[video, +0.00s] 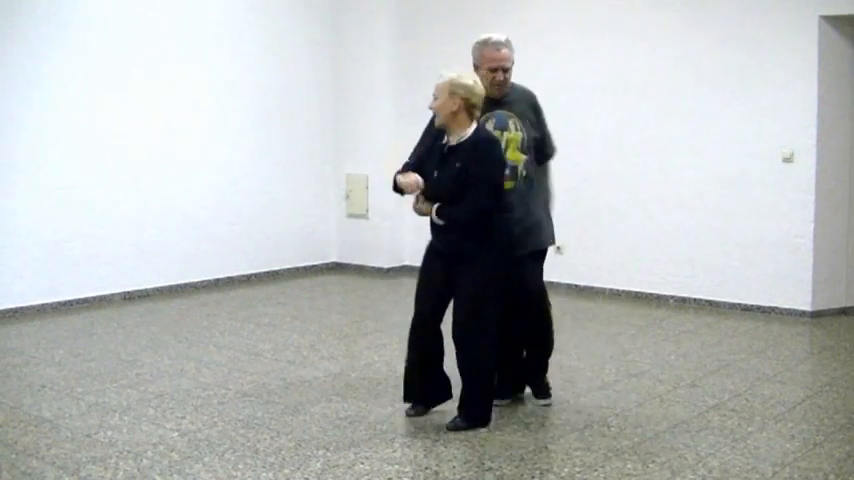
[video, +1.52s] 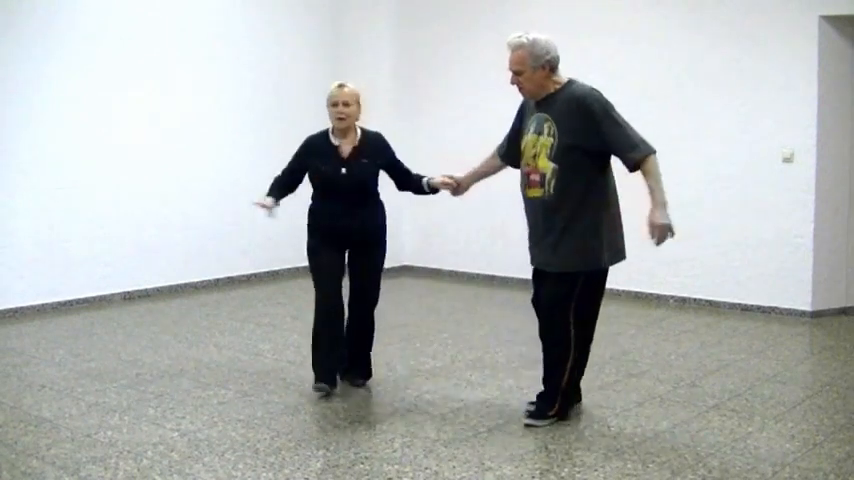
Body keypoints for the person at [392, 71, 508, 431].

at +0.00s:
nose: (431, 105)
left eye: (437, 98)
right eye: (433, 98)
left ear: (458, 103)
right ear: (453, 104)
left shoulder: (486, 147)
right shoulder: (436, 138)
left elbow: (478, 210)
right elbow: (407, 175)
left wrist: (432, 209)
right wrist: (405, 180)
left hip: (478, 253)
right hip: (441, 249)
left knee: (471, 331)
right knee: (424, 320)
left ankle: (475, 411)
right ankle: (428, 390)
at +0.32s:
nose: (398, 106)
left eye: (404, 100)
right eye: (400, 100)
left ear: (423, 108)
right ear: (420, 108)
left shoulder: (448, 147)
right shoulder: (409, 143)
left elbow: (427, 189)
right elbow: (391, 175)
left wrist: (398, 194)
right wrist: (379, 191)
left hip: (462, 249)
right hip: (427, 247)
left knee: (461, 326)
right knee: (402, 310)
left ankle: (473, 411)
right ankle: (406, 385)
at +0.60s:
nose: (380, 112)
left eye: (381, 108)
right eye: (385, 108)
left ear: (383, 111)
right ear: (414, 111)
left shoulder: (376, 149)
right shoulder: (429, 142)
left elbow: (361, 206)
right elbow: (421, 185)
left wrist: (355, 186)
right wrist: (365, 180)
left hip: (398, 237)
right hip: (437, 233)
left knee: (383, 321)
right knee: (406, 315)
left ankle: (443, 382)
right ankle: (388, 391)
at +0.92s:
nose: (404, 104)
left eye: (402, 98)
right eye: (399, 99)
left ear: (373, 107)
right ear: (384, 106)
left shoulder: (357, 139)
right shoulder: (398, 139)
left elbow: (379, 178)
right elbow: (447, 152)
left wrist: (417, 188)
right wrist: (442, 130)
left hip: (348, 229)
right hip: (383, 234)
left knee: (355, 300)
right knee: (384, 307)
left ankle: (344, 375)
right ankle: (368, 387)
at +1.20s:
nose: (378, 101)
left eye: (380, 95)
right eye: (369, 96)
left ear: (382, 99)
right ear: (352, 103)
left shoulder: (380, 137)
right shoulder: (342, 131)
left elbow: (396, 183)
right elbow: (361, 142)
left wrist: (420, 169)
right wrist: (389, 107)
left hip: (371, 230)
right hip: (340, 231)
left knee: (379, 304)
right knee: (347, 303)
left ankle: (355, 376)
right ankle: (349, 385)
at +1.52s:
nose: (341, 110)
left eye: (347, 105)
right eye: (335, 105)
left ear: (358, 109)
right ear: (327, 109)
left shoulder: (374, 143)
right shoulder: (314, 146)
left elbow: (403, 179)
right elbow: (291, 175)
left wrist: (432, 183)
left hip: (367, 234)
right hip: (325, 234)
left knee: (364, 302)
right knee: (327, 301)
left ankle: (356, 371)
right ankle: (324, 376)